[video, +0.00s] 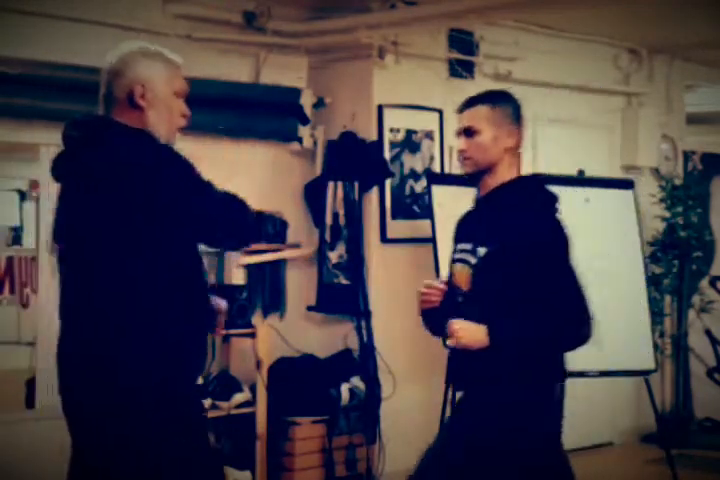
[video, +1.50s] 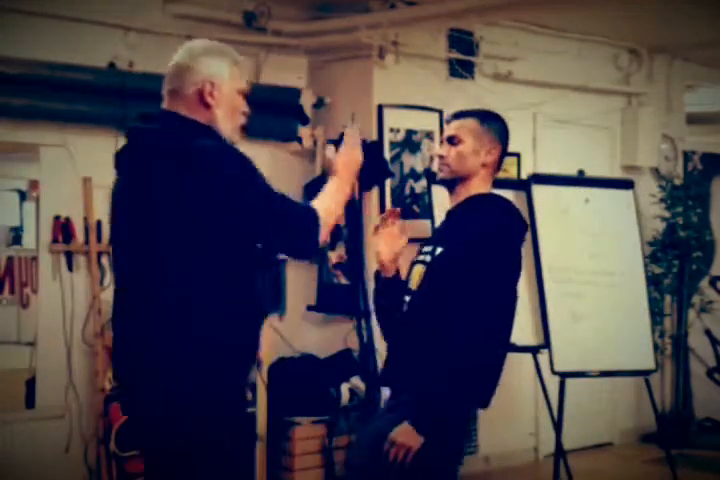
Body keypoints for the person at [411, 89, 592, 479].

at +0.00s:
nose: (459, 146)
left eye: (470, 134)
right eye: (460, 135)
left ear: (512, 139)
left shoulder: (531, 215)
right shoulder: (472, 220)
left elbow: (574, 323)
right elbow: (464, 315)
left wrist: (490, 334)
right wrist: (438, 305)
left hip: (521, 403)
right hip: (479, 398)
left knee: (433, 472)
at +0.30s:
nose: (363, 141)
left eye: (371, 129)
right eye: (364, 131)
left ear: (406, 135)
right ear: (402, 137)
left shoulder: (430, 205)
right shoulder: (401, 204)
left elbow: (423, 326)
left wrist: (364, 395)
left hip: (423, 389)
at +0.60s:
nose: (403, 144)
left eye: (414, 132)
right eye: (404, 133)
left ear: (451, 139)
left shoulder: (458, 209)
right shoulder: (428, 205)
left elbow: (429, 323)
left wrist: (377, 406)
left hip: (427, 393)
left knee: (418, 470)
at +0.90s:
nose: (420, 144)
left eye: (432, 134)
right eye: (421, 134)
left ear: (467, 142)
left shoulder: (474, 213)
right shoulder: (425, 205)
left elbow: (463, 332)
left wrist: (416, 421)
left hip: (434, 393)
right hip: (398, 381)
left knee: (425, 472)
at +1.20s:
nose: (436, 150)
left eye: (451, 140)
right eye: (437, 141)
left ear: (486, 153)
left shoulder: (491, 219)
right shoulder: (441, 222)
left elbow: (470, 337)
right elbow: (379, 320)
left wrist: (418, 419)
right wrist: (388, 252)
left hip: (431, 407)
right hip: (395, 396)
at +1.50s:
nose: (439, 151)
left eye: (453, 142)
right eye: (442, 143)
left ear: (489, 156)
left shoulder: (493, 220)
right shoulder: (452, 225)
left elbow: (475, 336)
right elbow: (401, 334)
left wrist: (423, 421)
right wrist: (388, 268)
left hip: (439, 410)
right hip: (408, 400)